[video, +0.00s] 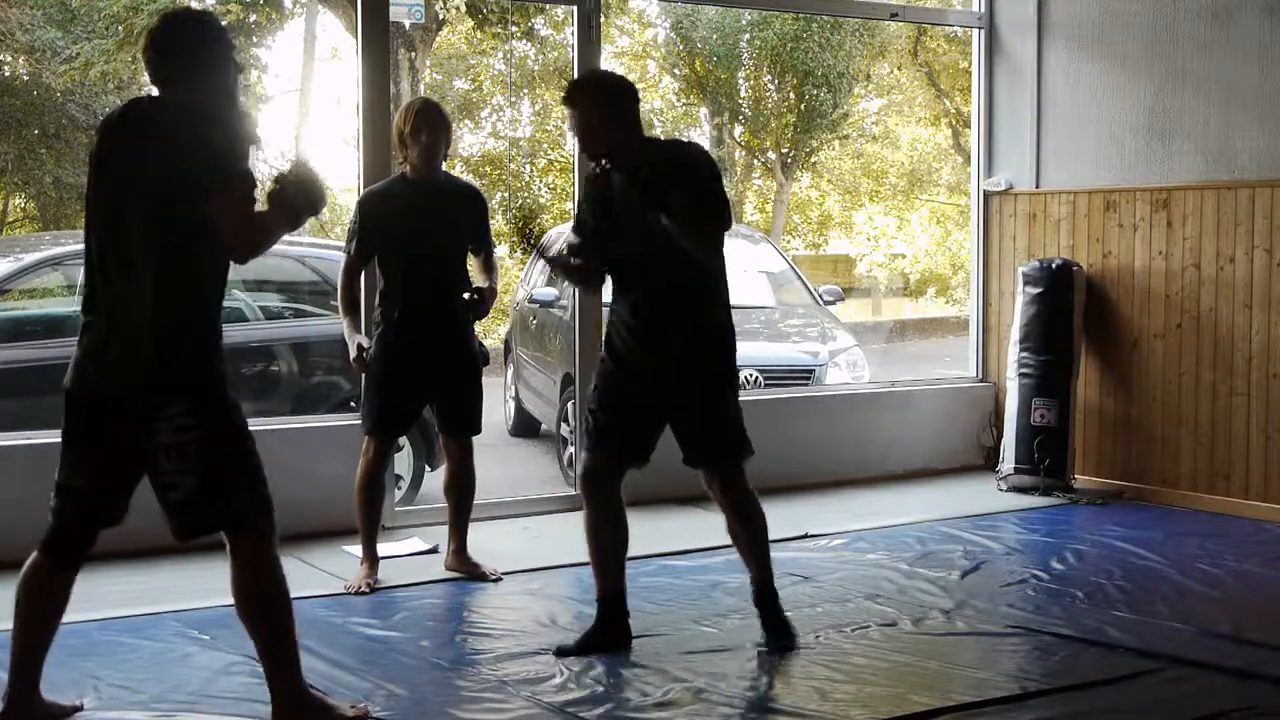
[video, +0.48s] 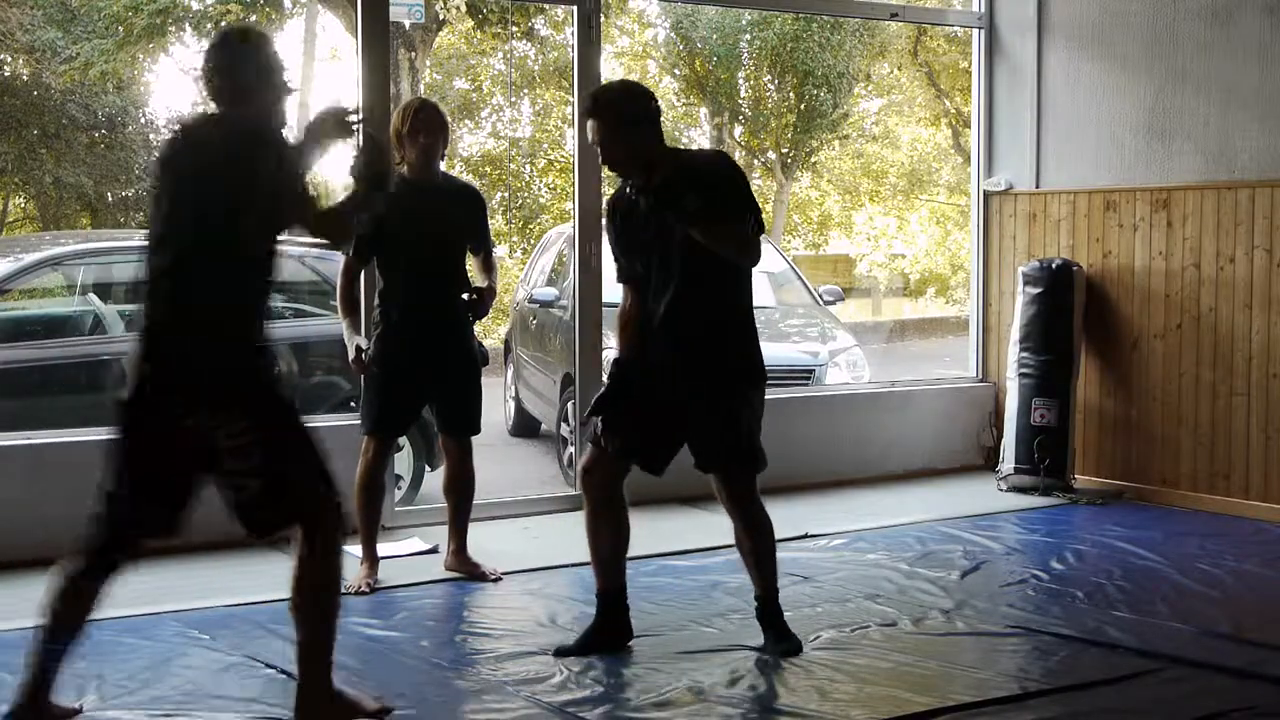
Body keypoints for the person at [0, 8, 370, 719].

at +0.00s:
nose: (238, 75)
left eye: (234, 62)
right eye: (230, 62)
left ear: (157, 67)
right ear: (211, 65)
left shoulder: (115, 128)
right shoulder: (210, 126)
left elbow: (115, 241)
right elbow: (242, 242)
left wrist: (255, 207)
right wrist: (291, 208)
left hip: (101, 369)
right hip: (182, 371)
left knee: (64, 539)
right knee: (251, 532)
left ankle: (20, 696)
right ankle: (291, 696)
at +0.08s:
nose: (239, 77)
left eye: (235, 64)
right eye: (232, 65)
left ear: (160, 67)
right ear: (213, 67)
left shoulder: (116, 127)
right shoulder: (211, 128)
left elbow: (116, 241)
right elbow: (236, 244)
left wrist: (258, 215)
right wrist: (287, 212)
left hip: (100, 370)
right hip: (181, 371)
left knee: (65, 539)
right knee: (252, 532)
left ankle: (20, 695)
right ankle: (291, 697)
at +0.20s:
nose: (245, 81)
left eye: (241, 67)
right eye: (238, 67)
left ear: (164, 70)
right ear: (217, 70)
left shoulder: (118, 128)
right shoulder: (211, 132)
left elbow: (140, 240)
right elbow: (233, 245)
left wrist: (261, 222)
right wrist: (288, 219)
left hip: (101, 370)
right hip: (181, 371)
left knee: (66, 542)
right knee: (263, 524)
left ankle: (20, 695)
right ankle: (294, 695)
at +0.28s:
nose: (249, 83)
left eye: (245, 69)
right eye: (242, 69)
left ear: (170, 73)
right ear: (218, 74)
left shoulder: (129, 130)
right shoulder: (212, 137)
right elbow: (233, 247)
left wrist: (234, 145)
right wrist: (294, 224)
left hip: (104, 372)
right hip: (183, 372)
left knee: (68, 543)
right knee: (285, 510)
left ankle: (19, 696)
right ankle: (295, 683)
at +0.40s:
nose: (267, 84)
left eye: (263, 70)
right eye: (259, 70)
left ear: (195, 77)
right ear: (236, 76)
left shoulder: (159, 139)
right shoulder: (230, 134)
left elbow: (222, 224)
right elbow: (270, 249)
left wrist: (275, 150)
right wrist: (329, 220)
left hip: (126, 376)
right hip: (200, 375)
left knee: (77, 545)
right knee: (305, 515)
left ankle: (22, 697)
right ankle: (319, 685)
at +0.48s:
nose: (284, 83)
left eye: (280, 71)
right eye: (273, 72)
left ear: (219, 82)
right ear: (246, 80)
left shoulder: (184, 145)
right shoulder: (254, 146)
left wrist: (306, 148)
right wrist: (307, 145)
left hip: (165, 373)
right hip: (231, 374)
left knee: (111, 540)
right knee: (321, 520)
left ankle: (33, 696)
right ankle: (317, 692)